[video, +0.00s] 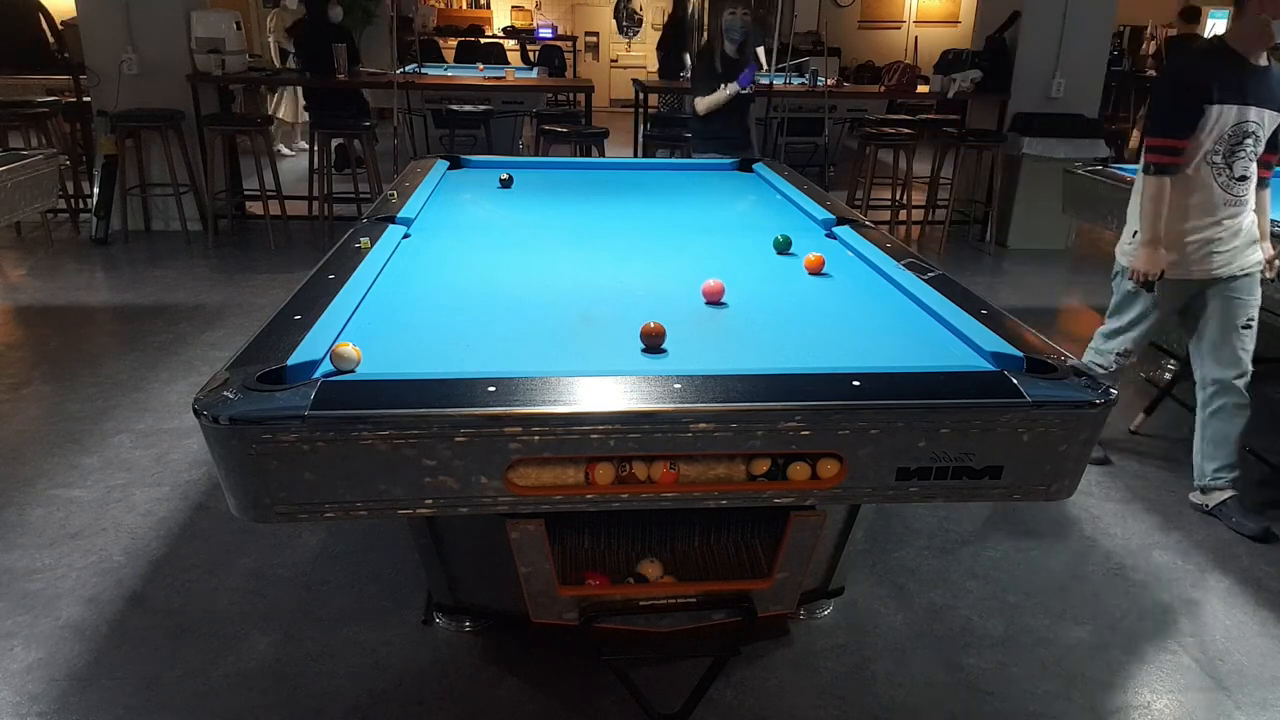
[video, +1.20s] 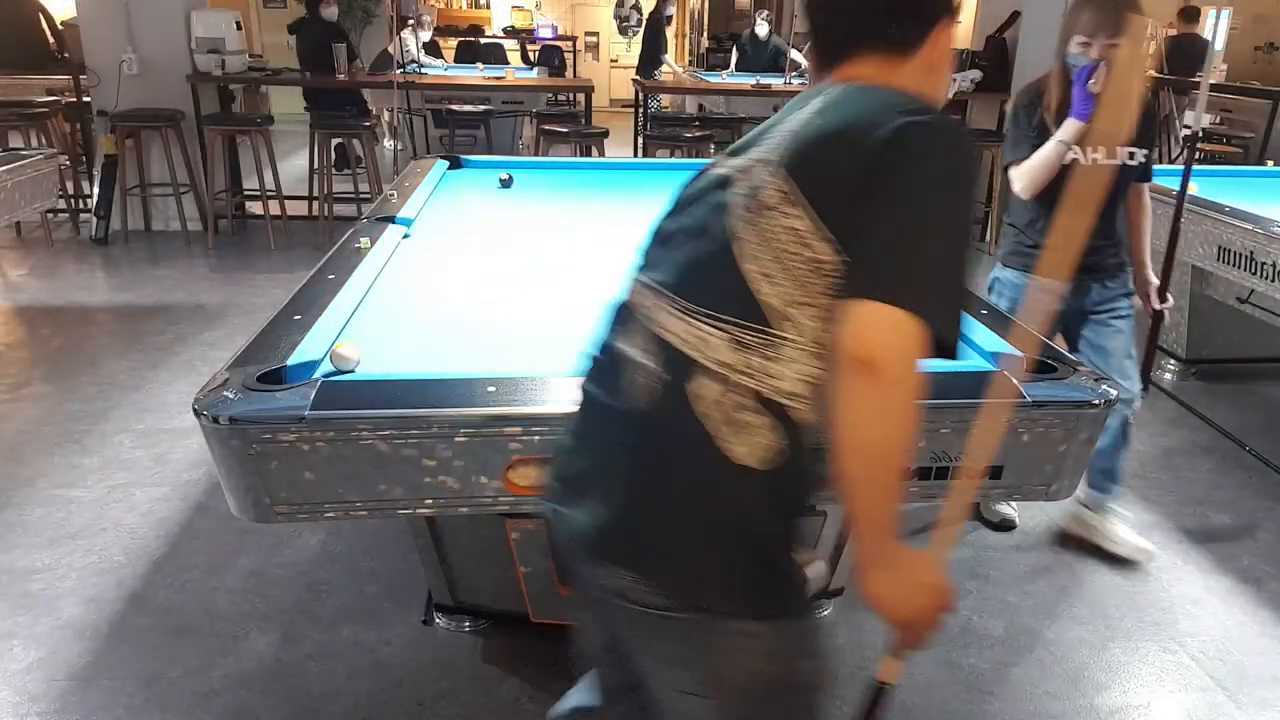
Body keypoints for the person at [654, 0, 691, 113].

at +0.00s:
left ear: (674, 7)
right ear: (686, 8)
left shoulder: (670, 21)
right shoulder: (684, 23)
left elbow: (659, 47)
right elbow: (684, 50)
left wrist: (661, 65)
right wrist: (688, 68)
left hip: (665, 66)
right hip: (678, 67)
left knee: (665, 100)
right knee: (676, 101)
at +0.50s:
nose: (694, 6)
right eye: (692, 4)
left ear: (677, 7)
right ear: (690, 7)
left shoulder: (675, 20)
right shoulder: (689, 23)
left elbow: (665, 39)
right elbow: (690, 49)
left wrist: (656, 56)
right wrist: (691, 70)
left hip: (672, 65)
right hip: (684, 67)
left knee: (670, 94)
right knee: (682, 95)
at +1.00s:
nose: (695, 8)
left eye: (696, 6)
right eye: (694, 5)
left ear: (682, 4)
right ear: (686, 4)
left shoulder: (675, 16)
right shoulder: (684, 19)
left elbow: (658, 41)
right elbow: (685, 49)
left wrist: (639, 55)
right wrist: (691, 71)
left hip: (670, 69)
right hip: (679, 70)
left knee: (670, 103)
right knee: (677, 103)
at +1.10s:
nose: (687, 8)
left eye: (687, 5)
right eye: (686, 5)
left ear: (674, 3)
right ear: (678, 4)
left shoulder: (664, 18)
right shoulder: (675, 20)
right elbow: (680, 50)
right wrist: (690, 72)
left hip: (660, 70)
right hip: (669, 72)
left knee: (663, 107)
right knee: (668, 107)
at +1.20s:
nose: (673, 8)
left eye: (673, 5)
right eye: (671, 5)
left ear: (661, 4)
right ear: (664, 5)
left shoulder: (654, 18)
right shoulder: (658, 20)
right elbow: (662, 54)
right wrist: (680, 72)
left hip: (646, 68)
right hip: (651, 70)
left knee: (651, 103)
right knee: (654, 103)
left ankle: (648, 133)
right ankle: (650, 134)